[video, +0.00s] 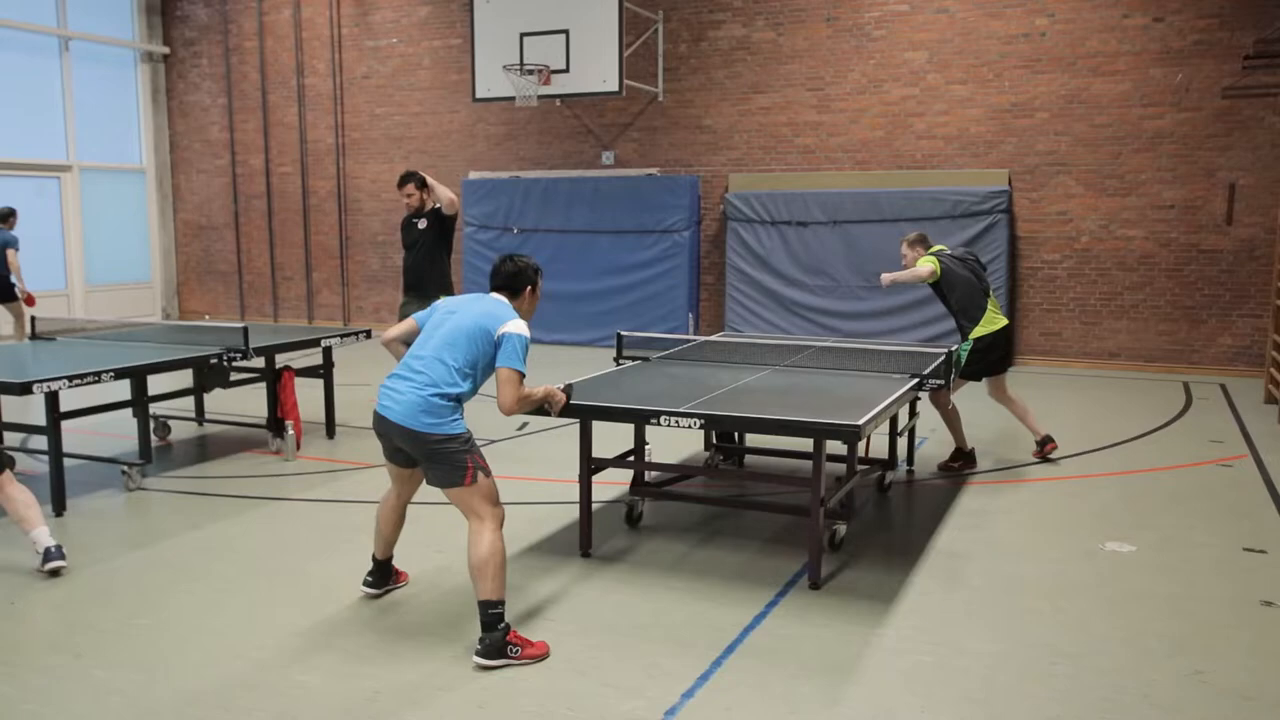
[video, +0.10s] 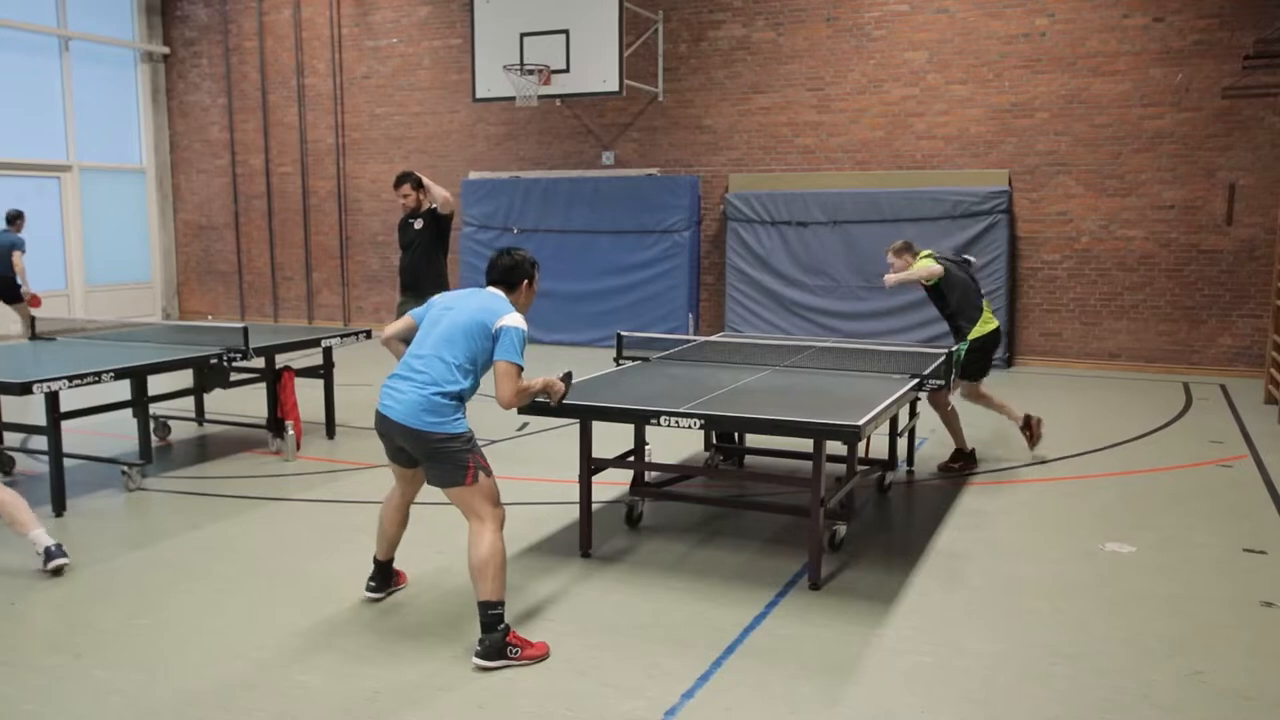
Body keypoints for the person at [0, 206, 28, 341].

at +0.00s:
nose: (16, 222)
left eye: (15, 219)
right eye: (15, 219)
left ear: (2, 220)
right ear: (10, 220)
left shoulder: (7, 238)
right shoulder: (9, 238)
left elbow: (11, 261)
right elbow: (12, 261)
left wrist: (20, 285)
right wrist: (21, 284)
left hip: (4, 282)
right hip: (3, 282)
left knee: (19, 315)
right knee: (19, 315)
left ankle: (19, 348)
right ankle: (19, 349)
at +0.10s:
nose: (23, 225)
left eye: (23, 221)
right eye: (22, 221)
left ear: (8, 221)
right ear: (17, 222)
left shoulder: (3, 235)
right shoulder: (17, 240)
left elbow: (16, 262)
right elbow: (16, 262)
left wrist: (24, 286)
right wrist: (25, 285)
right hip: (6, 281)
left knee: (25, 315)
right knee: (26, 315)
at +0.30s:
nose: (47, 220)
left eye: (47, 217)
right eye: (46, 217)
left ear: (32, 217)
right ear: (41, 217)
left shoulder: (19, 233)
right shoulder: (40, 234)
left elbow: (16, 257)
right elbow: (40, 256)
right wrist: (47, 280)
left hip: (18, 272)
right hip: (34, 272)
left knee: (15, 312)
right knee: (39, 309)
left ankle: (2, 331)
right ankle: (38, 339)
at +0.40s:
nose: (58, 218)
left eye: (58, 214)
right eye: (57, 214)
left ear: (44, 214)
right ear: (51, 214)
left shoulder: (30, 230)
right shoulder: (50, 231)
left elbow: (25, 254)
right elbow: (52, 253)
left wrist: (26, 271)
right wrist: (61, 274)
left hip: (30, 270)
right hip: (44, 270)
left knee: (36, 306)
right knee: (42, 308)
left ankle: (35, 334)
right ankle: (39, 335)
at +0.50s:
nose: (71, 219)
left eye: (71, 216)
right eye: (69, 216)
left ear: (58, 216)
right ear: (64, 215)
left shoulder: (42, 232)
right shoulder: (63, 233)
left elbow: (33, 254)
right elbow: (68, 256)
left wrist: (29, 274)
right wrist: (80, 272)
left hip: (42, 271)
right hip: (56, 271)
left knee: (58, 306)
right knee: (49, 306)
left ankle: (59, 332)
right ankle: (40, 333)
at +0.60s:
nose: (84, 222)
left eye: (84, 219)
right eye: (82, 218)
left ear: (71, 219)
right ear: (76, 219)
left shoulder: (56, 236)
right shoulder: (77, 236)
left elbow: (45, 256)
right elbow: (82, 258)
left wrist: (35, 274)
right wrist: (96, 270)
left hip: (56, 274)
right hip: (69, 275)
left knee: (74, 307)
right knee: (59, 309)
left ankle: (82, 333)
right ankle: (47, 334)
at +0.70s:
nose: (97, 222)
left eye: (97, 218)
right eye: (96, 218)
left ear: (84, 219)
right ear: (89, 218)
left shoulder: (70, 236)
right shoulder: (90, 235)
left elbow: (60, 256)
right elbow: (95, 259)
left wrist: (49, 274)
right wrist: (109, 273)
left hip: (71, 274)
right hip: (83, 275)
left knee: (88, 309)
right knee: (84, 312)